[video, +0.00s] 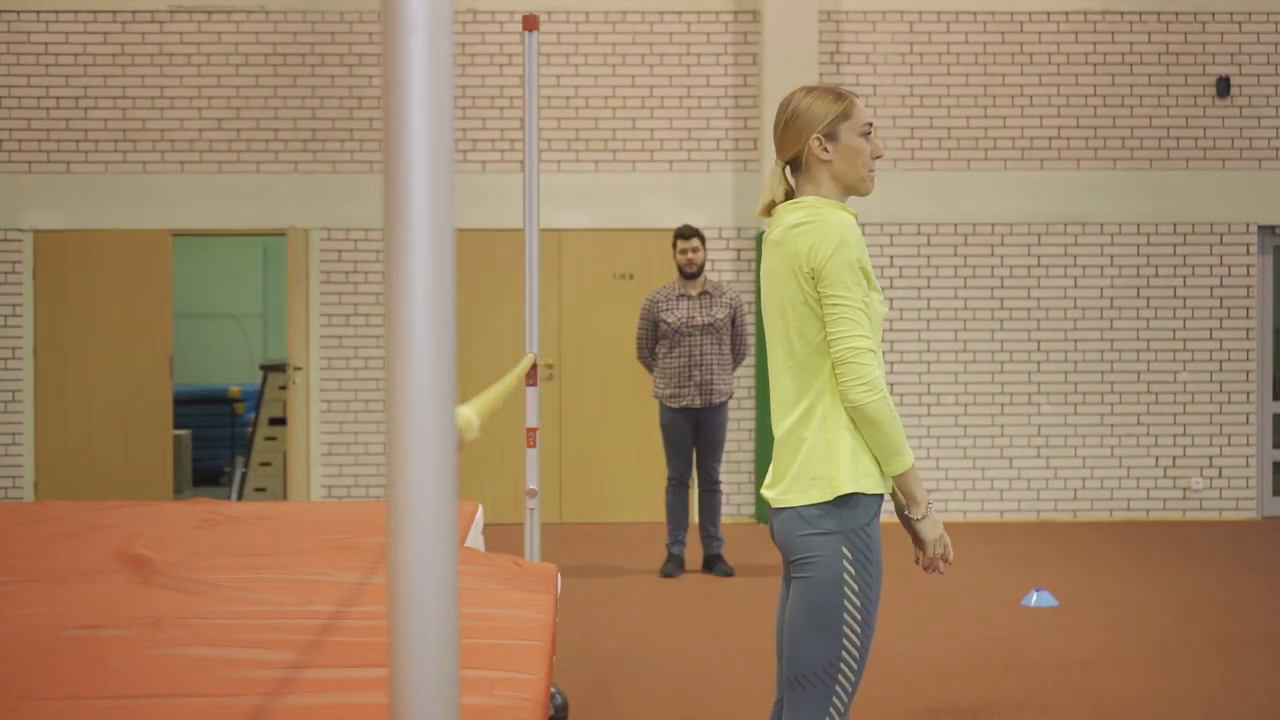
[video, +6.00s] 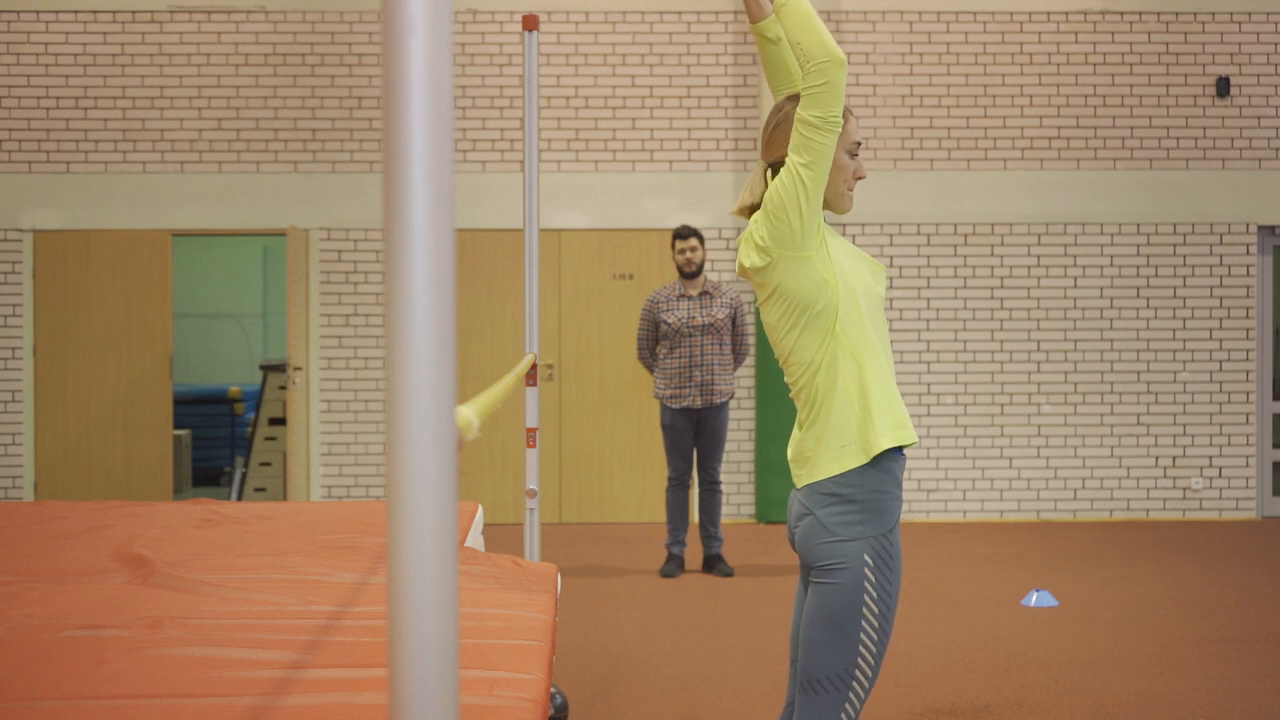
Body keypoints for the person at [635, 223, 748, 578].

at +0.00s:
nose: (689, 257)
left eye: (695, 250)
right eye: (683, 251)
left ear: (705, 253)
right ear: (674, 256)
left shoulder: (728, 297)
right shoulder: (659, 299)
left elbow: (740, 348)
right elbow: (644, 350)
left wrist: (717, 372)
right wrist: (671, 375)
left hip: (715, 402)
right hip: (674, 402)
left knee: (710, 479)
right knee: (678, 477)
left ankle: (713, 552)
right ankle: (675, 553)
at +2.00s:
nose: (689, 256)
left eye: (695, 250)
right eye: (682, 251)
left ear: (705, 253)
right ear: (674, 256)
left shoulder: (728, 296)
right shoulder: (658, 300)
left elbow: (741, 347)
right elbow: (644, 350)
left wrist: (718, 372)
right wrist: (669, 376)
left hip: (715, 401)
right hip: (674, 402)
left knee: (710, 478)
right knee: (678, 477)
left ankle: (713, 553)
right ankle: (675, 553)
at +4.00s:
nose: (689, 256)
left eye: (695, 250)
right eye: (682, 251)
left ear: (705, 254)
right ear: (674, 256)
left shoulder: (726, 298)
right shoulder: (658, 300)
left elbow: (739, 346)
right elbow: (644, 350)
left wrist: (719, 371)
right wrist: (668, 376)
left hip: (715, 402)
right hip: (675, 402)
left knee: (710, 478)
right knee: (678, 478)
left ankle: (713, 552)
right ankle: (675, 553)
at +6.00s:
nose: (687, 256)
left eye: (693, 250)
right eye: (681, 251)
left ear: (704, 253)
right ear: (673, 257)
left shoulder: (729, 297)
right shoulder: (659, 300)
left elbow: (742, 348)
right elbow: (645, 351)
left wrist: (718, 373)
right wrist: (670, 377)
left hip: (716, 402)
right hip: (675, 403)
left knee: (710, 479)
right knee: (678, 477)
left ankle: (713, 553)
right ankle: (675, 552)